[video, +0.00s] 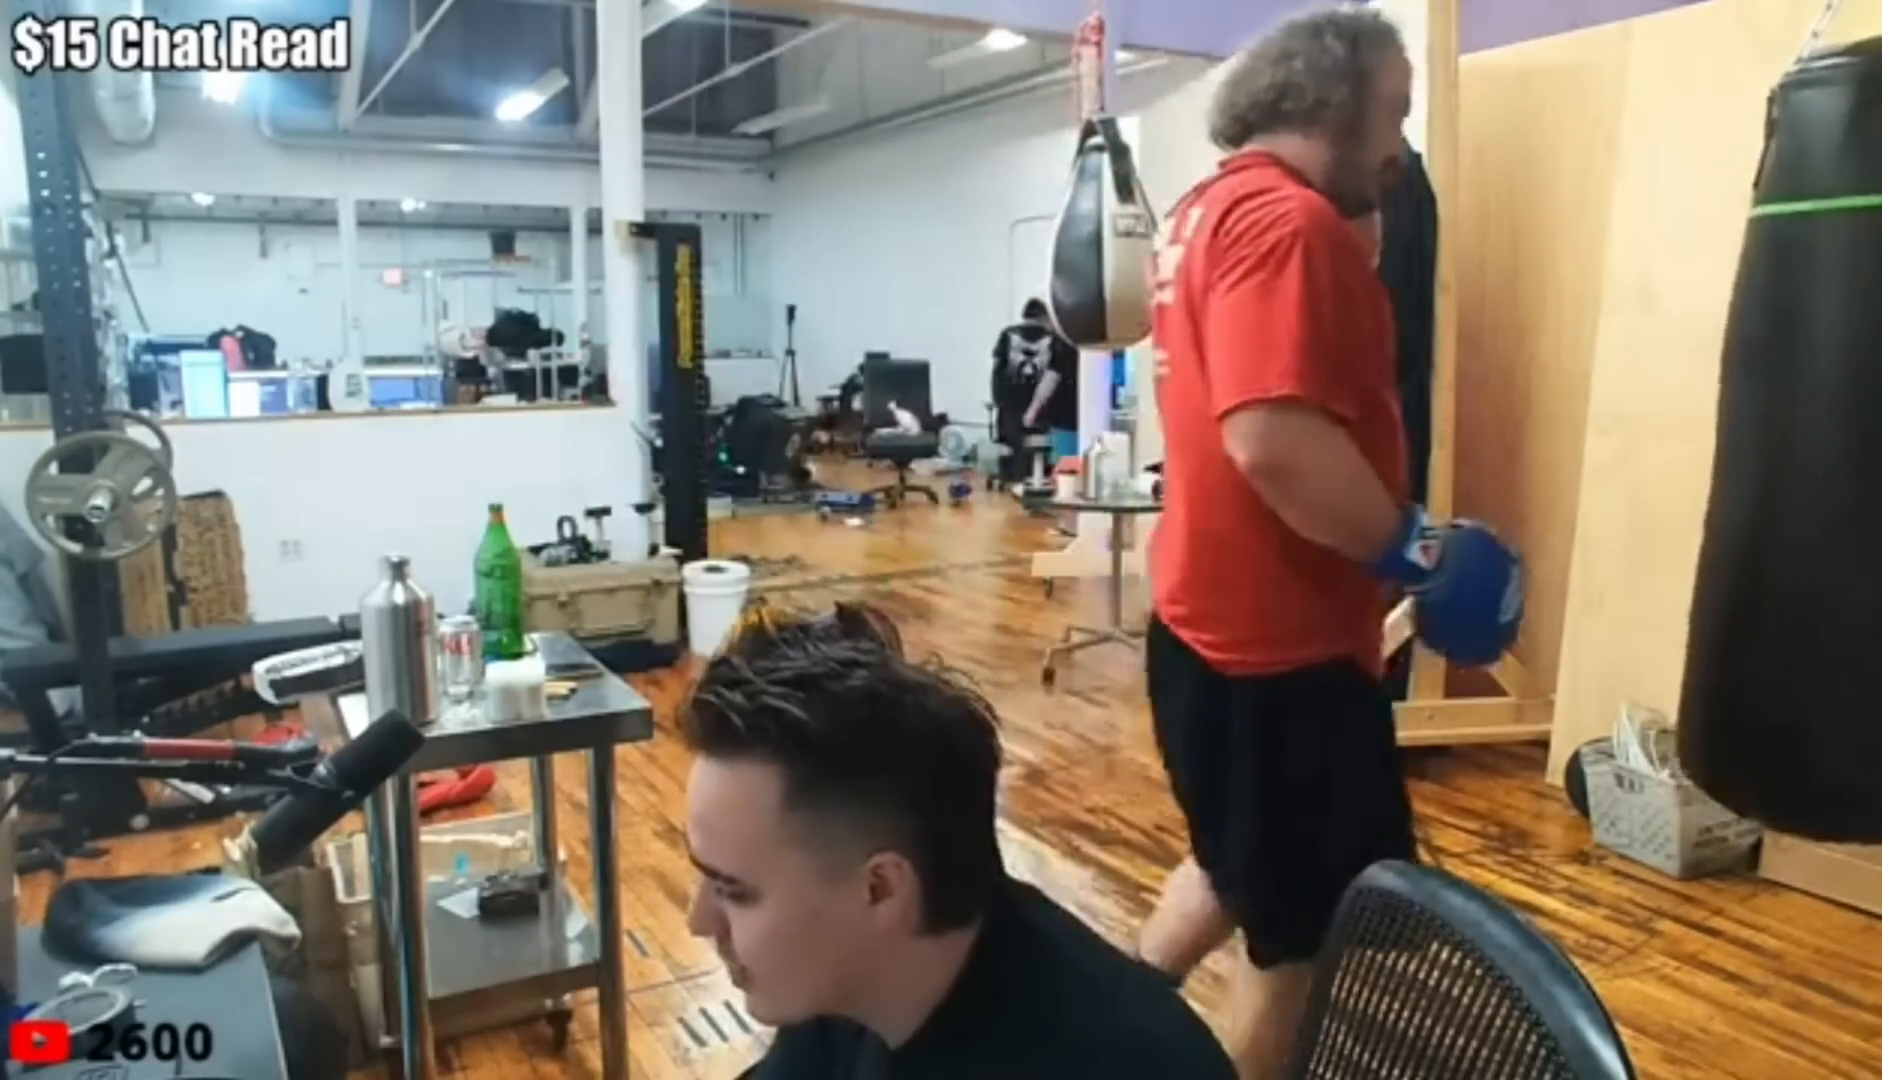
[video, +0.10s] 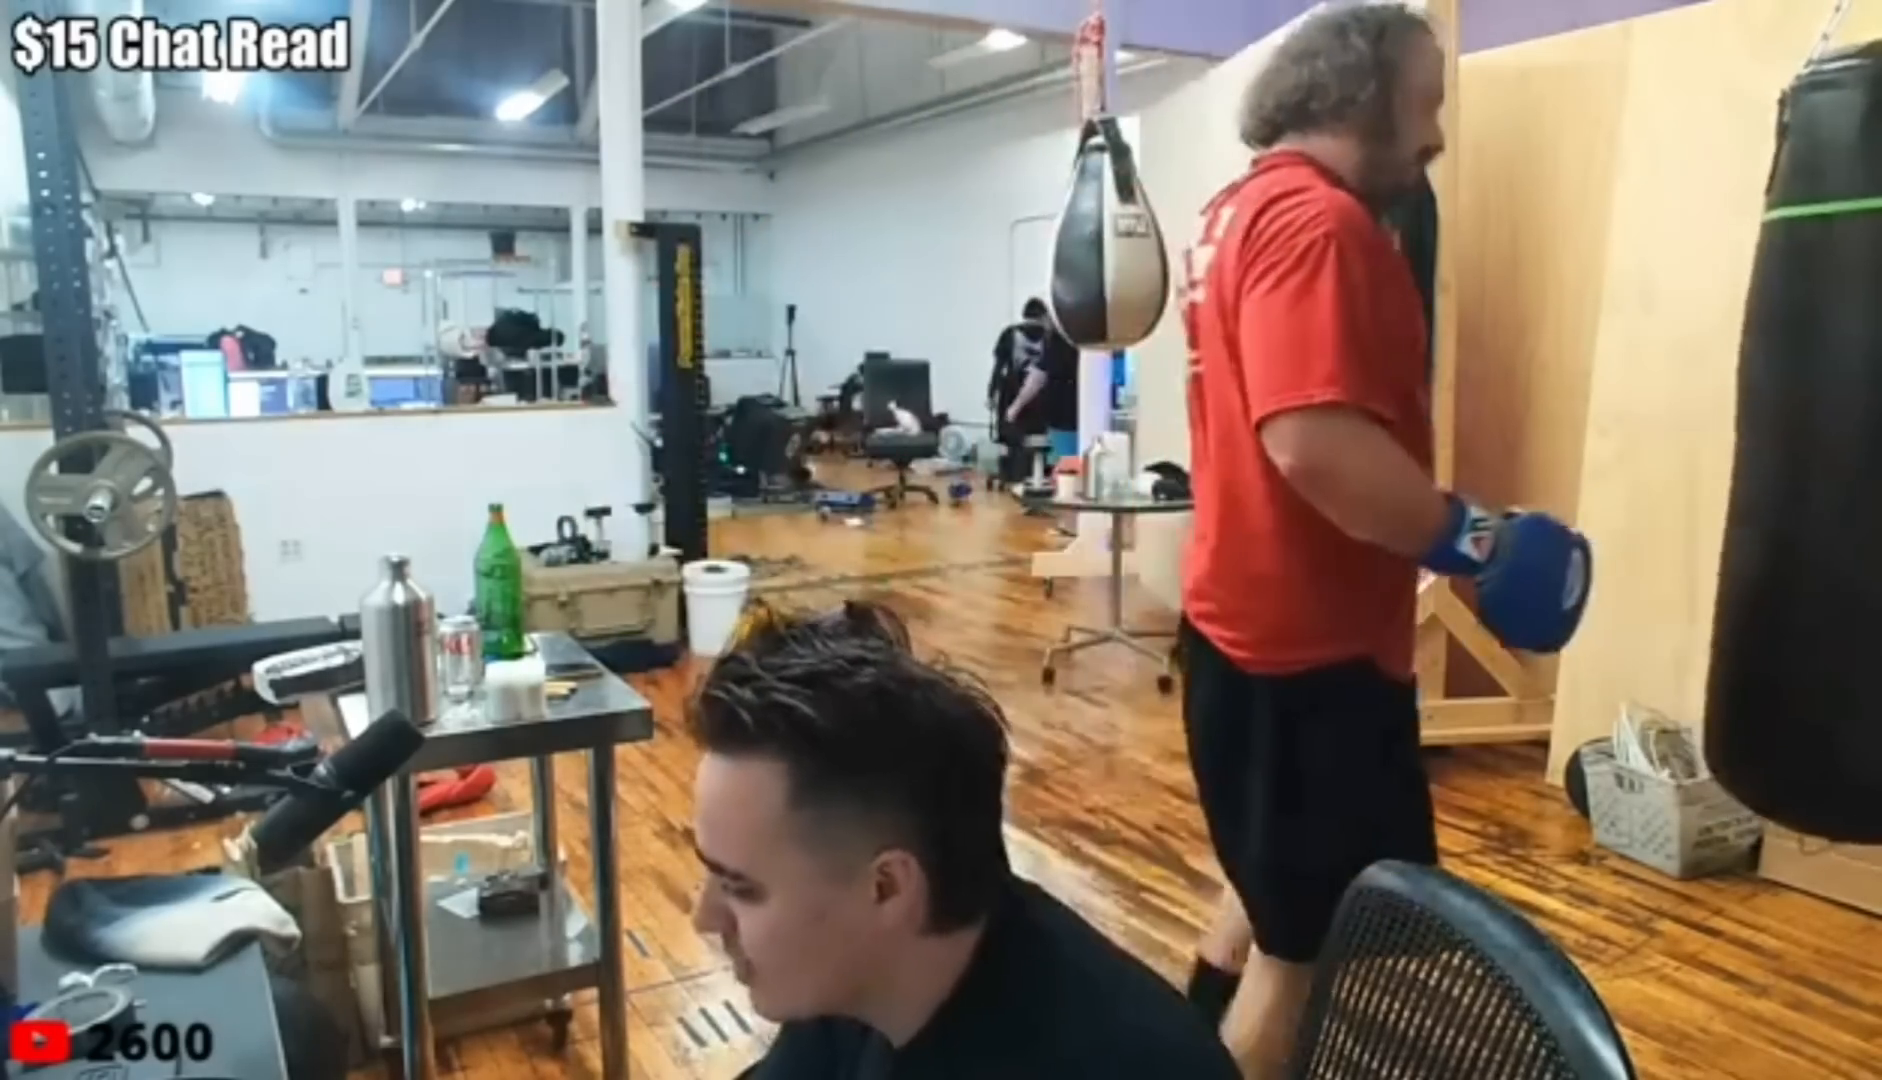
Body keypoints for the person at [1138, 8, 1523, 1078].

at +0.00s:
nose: (1407, 141)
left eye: (1408, 115)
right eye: (1395, 112)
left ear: (1298, 111)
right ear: (1324, 106)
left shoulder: (1218, 207)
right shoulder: (1284, 221)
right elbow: (1272, 440)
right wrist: (1421, 555)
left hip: (1212, 632)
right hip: (1284, 652)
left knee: (1229, 863)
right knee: (1301, 945)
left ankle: (1119, 1016)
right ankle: (1248, 1074)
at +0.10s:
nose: (1441, 133)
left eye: (1441, 104)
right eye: (1430, 103)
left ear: (1336, 102)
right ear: (1365, 98)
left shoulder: (1248, 207)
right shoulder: (1314, 218)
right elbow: (1313, 438)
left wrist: (1453, 542)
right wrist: (1477, 541)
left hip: (1249, 639)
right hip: (1308, 660)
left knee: (1267, 889)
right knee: (1301, 950)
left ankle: (1191, 1058)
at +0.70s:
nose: (1450, 139)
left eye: (1468, 120)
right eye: (1423, 118)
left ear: (1484, 140)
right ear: (1368, 132)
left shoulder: (1471, 269)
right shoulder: (1316, 255)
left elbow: (1462, 422)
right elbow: (1246, 438)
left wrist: (1567, 409)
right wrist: (1388, 525)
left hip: (1451, 625)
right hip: (1349, 627)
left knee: (1435, 876)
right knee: (1361, 888)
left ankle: (1413, 1054)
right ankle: (1323, 1063)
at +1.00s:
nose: (1415, 147)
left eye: (1441, 126)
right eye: (1394, 126)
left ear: (1474, 146)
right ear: (1357, 139)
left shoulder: (1500, 274)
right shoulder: (1295, 261)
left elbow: (1585, 394)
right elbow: (1209, 414)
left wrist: (1700, 431)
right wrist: (1307, 505)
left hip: (1442, 621)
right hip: (1320, 616)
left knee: (1386, 858)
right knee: (1314, 862)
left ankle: (1341, 1049)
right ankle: (1243, 1053)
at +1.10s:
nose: (1397, 146)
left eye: (1422, 126)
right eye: (1376, 124)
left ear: (1458, 147)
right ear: (1341, 137)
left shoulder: (1486, 273)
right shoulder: (1283, 261)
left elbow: (1562, 401)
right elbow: (1198, 414)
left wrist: (1688, 448)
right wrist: (1292, 502)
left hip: (1430, 619)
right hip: (1309, 611)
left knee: (1372, 855)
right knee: (1282, 851)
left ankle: (1342, 1044)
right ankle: (1180, 1039)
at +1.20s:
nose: (1377, 144)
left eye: (1402, 123)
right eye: (1356, 123)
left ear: (1440, 147)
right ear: (1324, 139)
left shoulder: (1473, 273)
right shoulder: (1267, 263)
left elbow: (1536, 412)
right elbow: (1183, 415)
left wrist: (1651, 463)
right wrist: (1281, 498)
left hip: (1417, 622)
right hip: (1292, 616)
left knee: (1366, 851)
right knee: (1250, 849)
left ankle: (1337, 1039)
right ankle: (1146, 1025)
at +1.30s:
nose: (1359, 145)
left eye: (1385, 125)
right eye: (1337, 125)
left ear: (1426, 145)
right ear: (1307, 142)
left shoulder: (1460, 274)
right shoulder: (1252, 264)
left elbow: (1511, 421)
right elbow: (1166, 419)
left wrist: (1610, 470)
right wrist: (1267, 495)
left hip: (1405, 626)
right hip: (1274, 621)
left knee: (1364, 853)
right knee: (1223, 846)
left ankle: (1338, 1042)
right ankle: (1146, 1023)